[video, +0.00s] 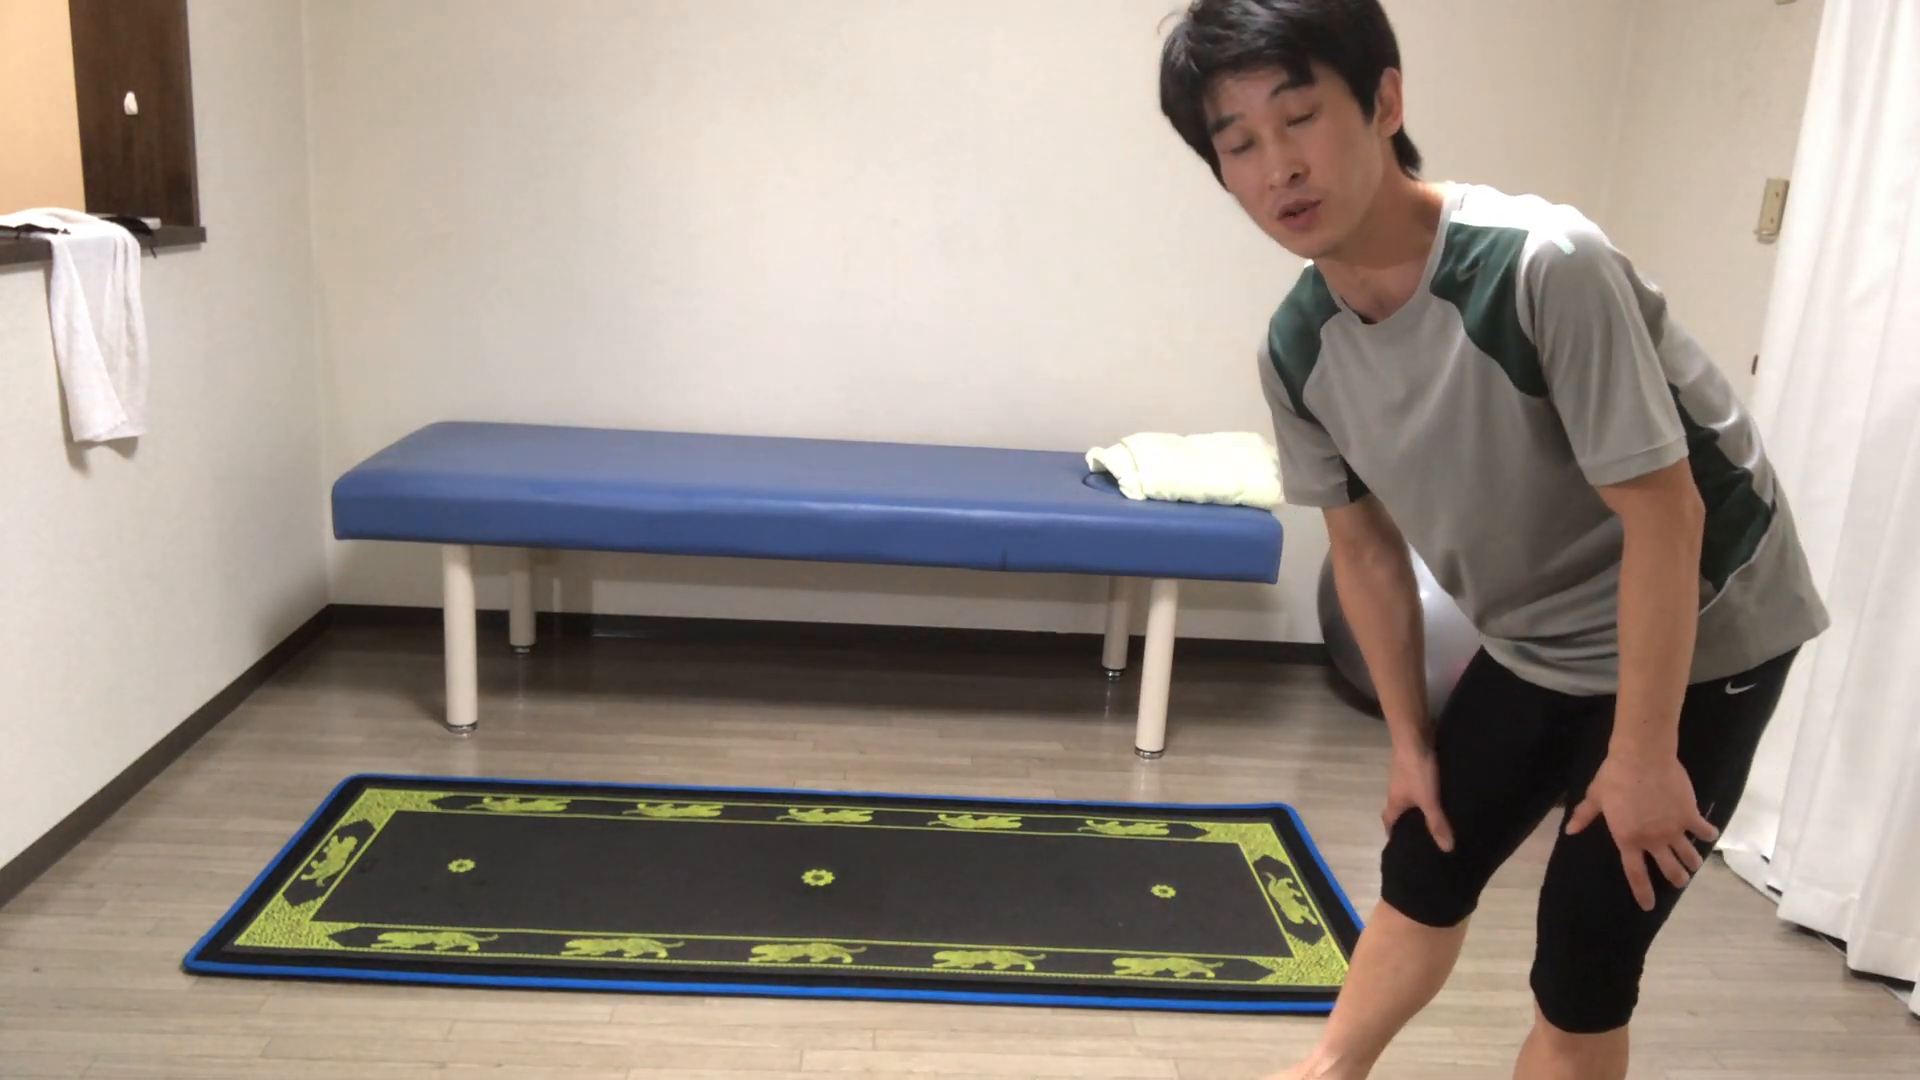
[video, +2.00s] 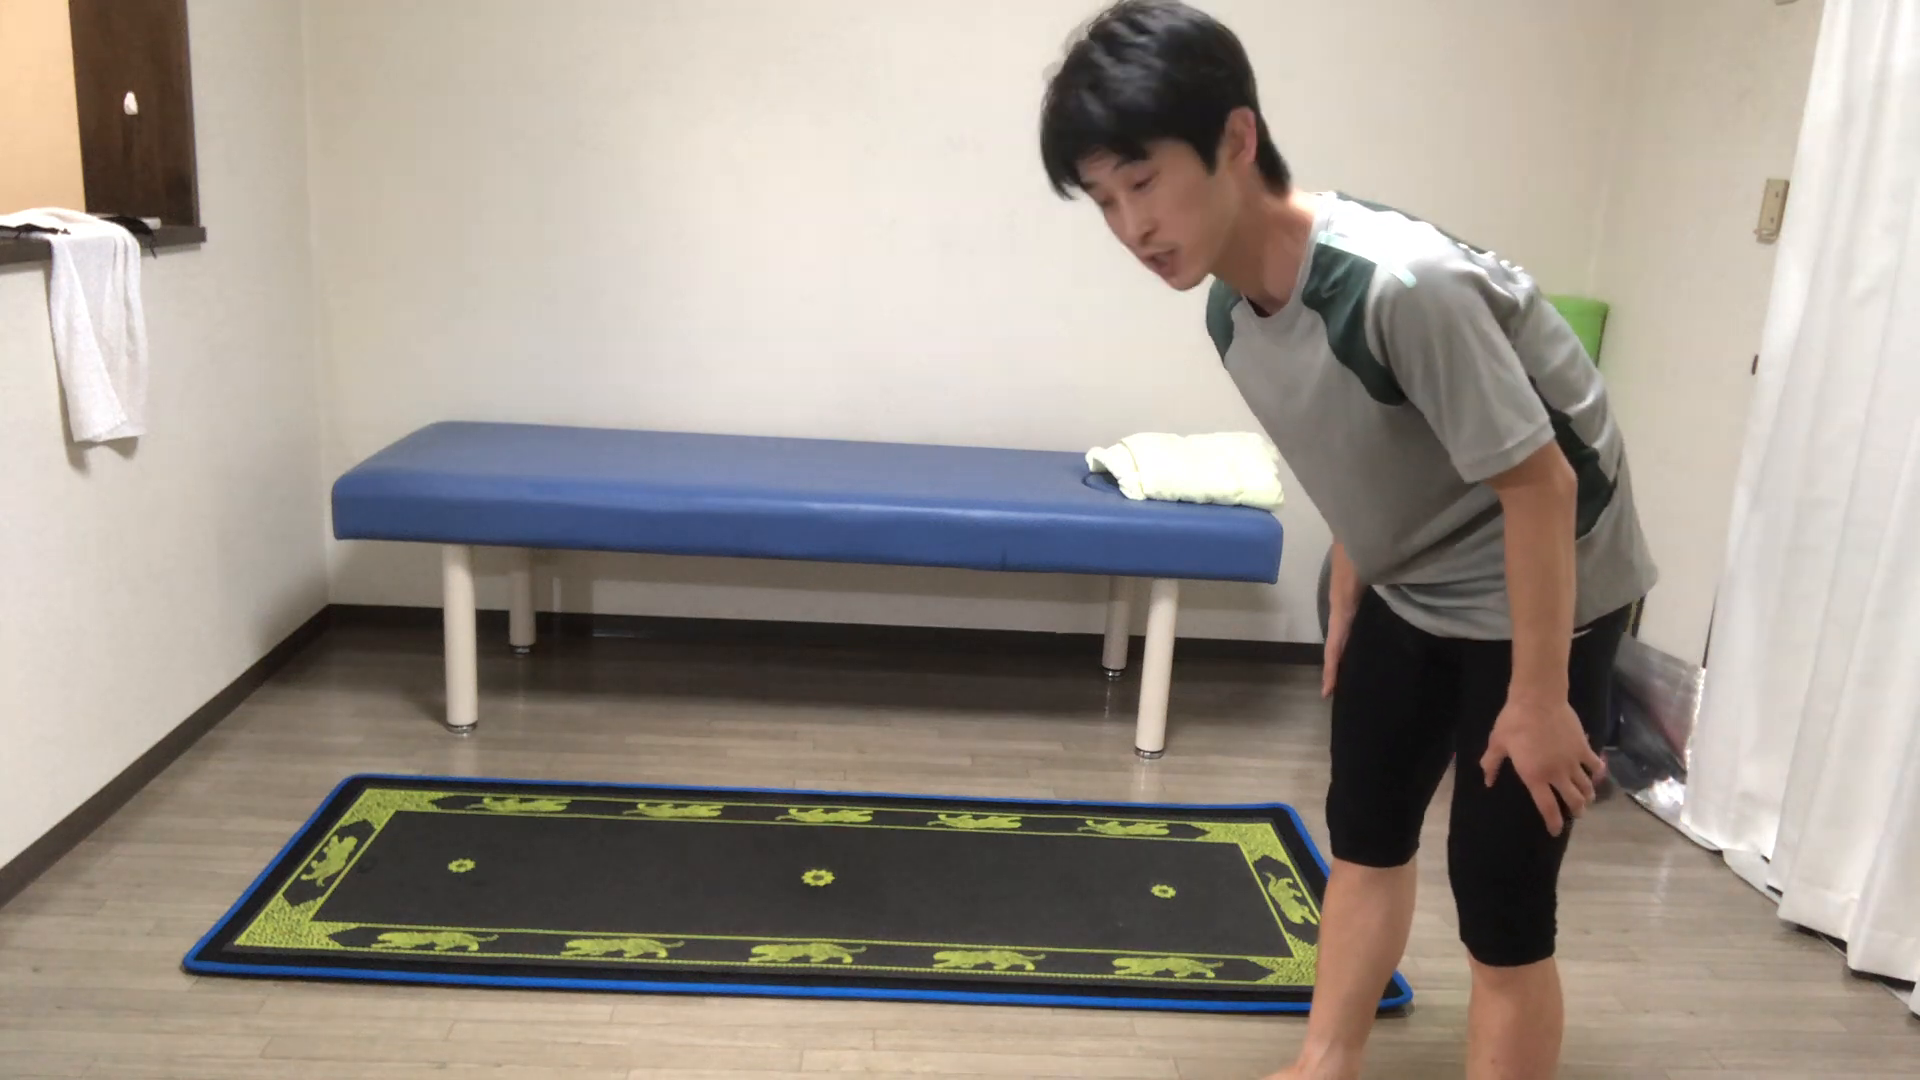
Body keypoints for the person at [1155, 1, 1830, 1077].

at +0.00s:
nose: (1278, 171)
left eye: (1301, 119)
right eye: (1239, 146)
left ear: (1385, 107)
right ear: (1219, 175)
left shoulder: (1544, 269)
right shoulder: (1301, 348)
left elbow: (1667, 515)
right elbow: (1363, 546)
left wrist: (1644, 748)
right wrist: (1409, 739)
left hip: (1710, 621)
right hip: (1542, 627)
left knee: (1588, 930)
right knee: (1422, 858)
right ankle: (1333, 1062)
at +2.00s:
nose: (1130, 226)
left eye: (1143, 179)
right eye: (1103, 201)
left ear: (1237, 141)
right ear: (1091, 206)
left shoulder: (1409, 292)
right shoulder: (1230, 313)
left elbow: (1540, 484)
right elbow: (1369, 462)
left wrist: (1541, 693)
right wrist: (1347, 595)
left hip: (1542, 600)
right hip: (1401, 588)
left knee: (1503, 906)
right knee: (1366, 836)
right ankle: (1327, 1059)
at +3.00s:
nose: (1174, 185)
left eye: (1183, 142)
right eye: (1144, 177)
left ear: (1258, 118)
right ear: (1138, 204)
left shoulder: (1414, 242)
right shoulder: (1270, 323)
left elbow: (1520, 449)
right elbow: (1410, 469)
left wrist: (1458, 654)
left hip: (1581, 580)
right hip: (1443, 579)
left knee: (1493, 857)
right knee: (1386, 815)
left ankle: (1510, 1011)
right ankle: (1326, 1058)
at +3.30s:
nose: (1330, 113)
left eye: (1350, 70)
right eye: (1298, 96)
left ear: (1420, 59)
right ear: (1283, 121)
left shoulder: (1555, 208)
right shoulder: (1355, 278)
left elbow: (1629, 409)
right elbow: (1432, 441)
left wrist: (1450, 533)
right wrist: (1435, 570)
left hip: (1615, 583)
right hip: (1474, 577)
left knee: (1536, 830)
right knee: (1394, 799)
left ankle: (1508, 1033)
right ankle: (1332, 1044)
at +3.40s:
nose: (1374, 86)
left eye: (1396, 47)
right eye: (1343, 67)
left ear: (1462, 40)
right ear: (1325, 96)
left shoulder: (1596, 196)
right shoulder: (1380, 262)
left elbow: (1665, 404)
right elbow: (1437, 433)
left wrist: (1573, 581)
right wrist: (1451, 571)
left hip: (1623, 576)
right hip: (1477, 569)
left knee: (1542, 825)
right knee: (1383, 790)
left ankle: (1504, 1036)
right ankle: (1327, 1040)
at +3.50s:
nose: (1406, 59)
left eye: (1431, 22)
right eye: (1376, 38)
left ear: (1500, 25)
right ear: (1361, 63)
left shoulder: (1621, 191)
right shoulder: (1401, 234)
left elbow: (1689, 406)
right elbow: (1447, 412)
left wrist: (1710, 596)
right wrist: (1453, 548)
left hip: (1607, 578)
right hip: (1468, 561)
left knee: (1540, 819)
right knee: (1362, 775)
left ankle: (1504, 1034)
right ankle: (1317, 1031)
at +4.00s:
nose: (1402, 8)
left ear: (1494, 7)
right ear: (1370, 12)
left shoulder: (1574, 159)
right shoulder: (1362, 167)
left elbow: (1604, 375)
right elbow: (1364, 354)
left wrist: (1566, 556)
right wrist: (1345, 505)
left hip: (1513, 538)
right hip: (1386, 523)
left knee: (1506, 789)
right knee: (1314, 735)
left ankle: (1504, 1021)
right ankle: (1290, 956)